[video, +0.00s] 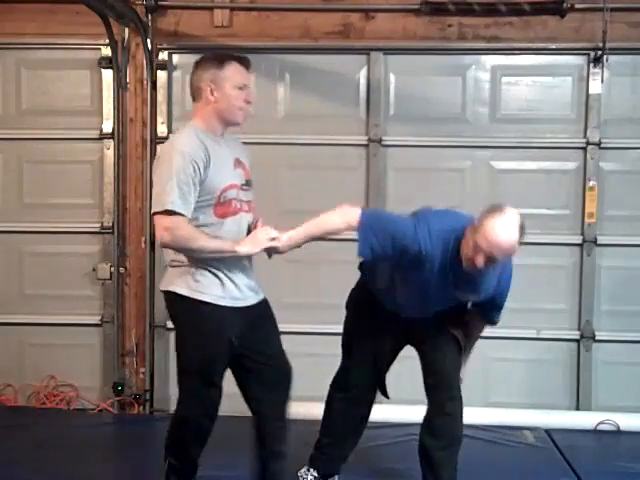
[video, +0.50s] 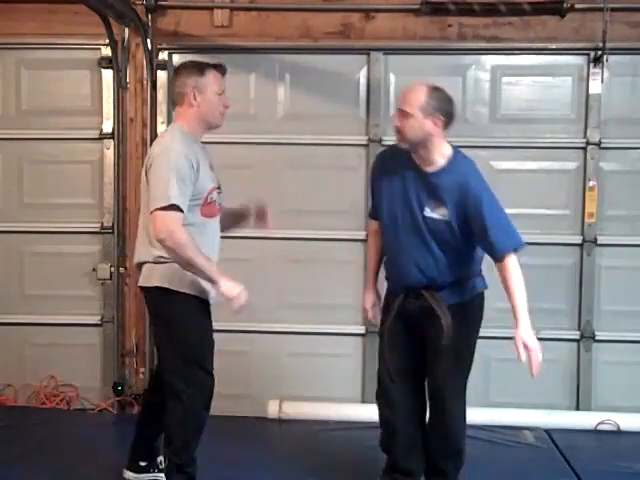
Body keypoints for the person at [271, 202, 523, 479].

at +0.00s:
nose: (479, 262)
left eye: (491, 259)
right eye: (478, 250)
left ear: (505, 256)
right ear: (471, 230)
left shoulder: (498, 273)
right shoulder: (422, 238)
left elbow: (478, 321)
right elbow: (350, 216)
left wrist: (453, 367)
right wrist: (291, 238)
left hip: (437, 315)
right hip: (380, 303)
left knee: (446, 397)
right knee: (355, 384)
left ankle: (440, 475)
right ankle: (321, 470)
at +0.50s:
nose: (395, 121)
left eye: (404, 115)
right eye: (397, 112)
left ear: (435, 125)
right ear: (424, 122)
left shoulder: (464, 179)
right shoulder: (388, 163)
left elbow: (505, 253)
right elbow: (377, 226)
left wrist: (523, 324)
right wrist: (370, 286)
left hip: (455, 302)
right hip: (401, 298)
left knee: (445, 397)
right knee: (395, 395)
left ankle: (442, 472)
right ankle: (401, 470)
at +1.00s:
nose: (382, 105)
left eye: (387, 97)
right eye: (384, 96)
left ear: (410, 102)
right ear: (414, 104)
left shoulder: (436, 157)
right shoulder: (416, 155)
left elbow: (414, 242)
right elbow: (412, 238)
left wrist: (363, 299)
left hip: (449, 293)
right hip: (421, 293)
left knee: (454, 405)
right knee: (394, 403)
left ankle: (487, 476)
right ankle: (398, 474)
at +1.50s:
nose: (423, 110)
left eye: (429, 101)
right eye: (425, 100)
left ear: (455, 105)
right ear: (463, 108)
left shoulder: (441, 164)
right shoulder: (505, 153)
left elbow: (394, 231)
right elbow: (548, 206)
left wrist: (335, 269)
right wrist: (514, 180)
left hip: (456, 304)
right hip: (488, 301)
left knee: (467, 414)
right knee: (405, 393)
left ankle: (497, 478)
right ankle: (392, 475)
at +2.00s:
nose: (376, 106)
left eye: (382, 99)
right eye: (378, 98)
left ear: (405, 107)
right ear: (406, 108)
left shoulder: (427, 168)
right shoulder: (386, 156)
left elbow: (414, 251)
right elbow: (352, 169)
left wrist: (356, 289)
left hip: (421, 309)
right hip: (378, 307)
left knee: (442, 414)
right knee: (343, 404)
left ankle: (487, 477)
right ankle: (336, 475)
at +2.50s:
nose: (387, 110)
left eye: (399, 104)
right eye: (384, 101)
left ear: (423, 115)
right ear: (377, 105)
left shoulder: (434, 168)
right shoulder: (361, 161)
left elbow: (424, 248)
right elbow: (339, 212)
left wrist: (372, 292)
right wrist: (307, 252)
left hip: (431, 307)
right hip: (377, 306)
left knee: (451, 421)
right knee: (352, 414)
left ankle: (476, 477)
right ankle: (338, 477)